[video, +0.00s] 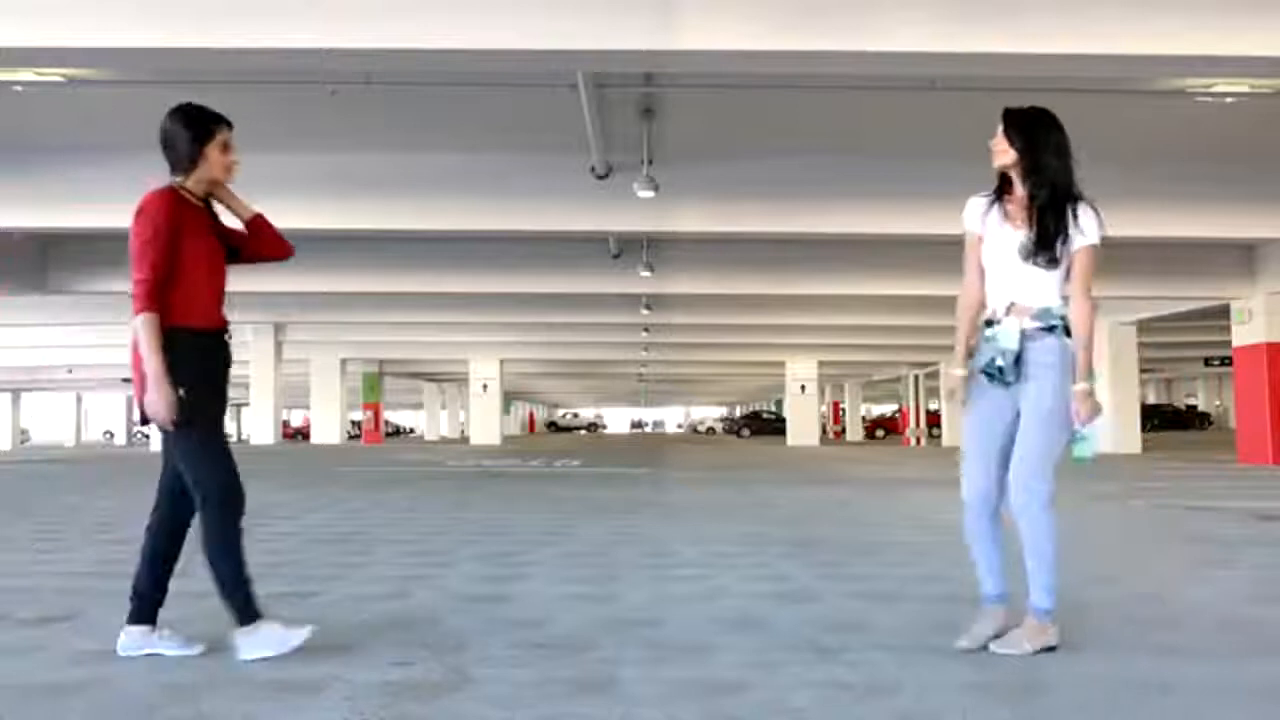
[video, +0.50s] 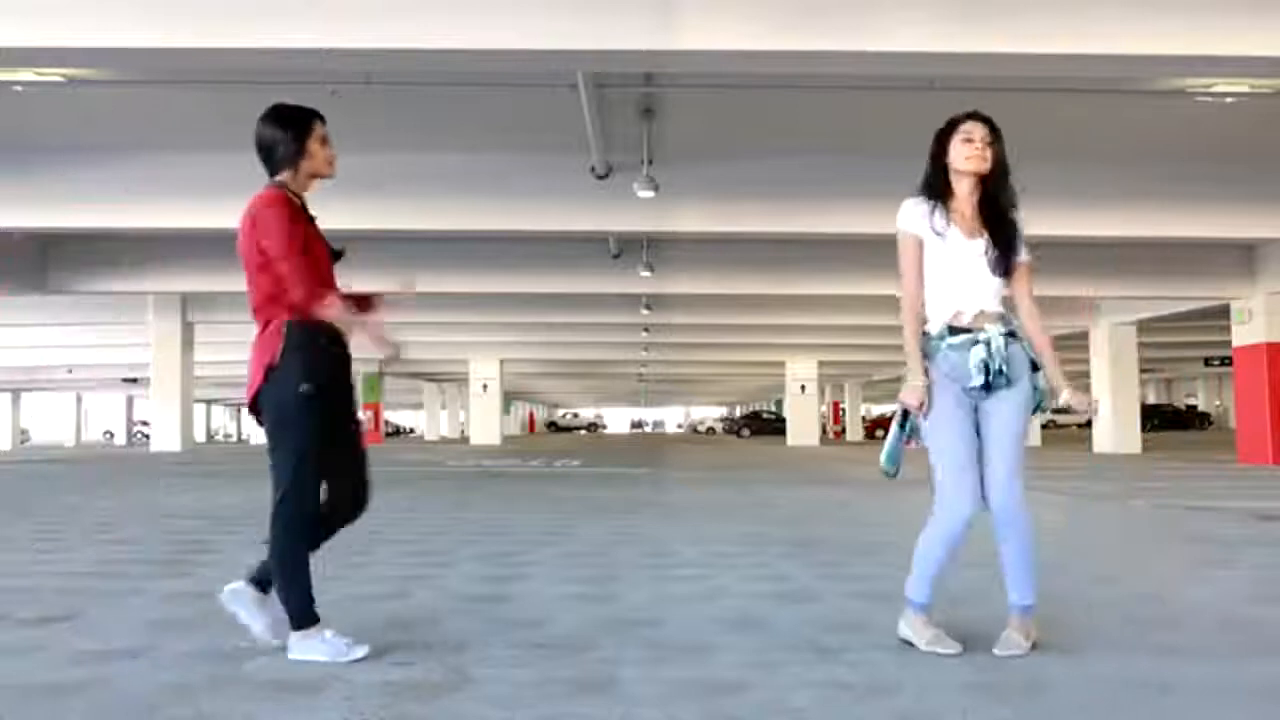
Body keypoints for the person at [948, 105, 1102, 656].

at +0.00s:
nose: (994, 144)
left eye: (1004, 137)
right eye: (996, 136)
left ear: (1030, 148)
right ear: (1009, 148)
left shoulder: (1076, 216)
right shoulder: (982, 209)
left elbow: (1080, 299)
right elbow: (972, 289)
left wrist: (1083, 380)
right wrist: (961, 354)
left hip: (1046, 350)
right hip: (992, 350)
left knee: (1029, 486)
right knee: (976, 487)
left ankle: (1041, 618)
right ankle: (995, 605)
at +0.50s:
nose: (976, 148)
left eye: (985, 142)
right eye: (965, 140)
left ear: (996, 158)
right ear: (944, 152)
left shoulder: (1006, 225)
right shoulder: (919, 213)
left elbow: (1025, 306)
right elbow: (911, 298)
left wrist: (1059, 381)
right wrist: (914, 372)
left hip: (1007, 358)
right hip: (943, 359)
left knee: (1005, 493)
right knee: (960, 498)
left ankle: (1022, 618)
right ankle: (915, 612)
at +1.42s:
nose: (928, 158)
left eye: (931, 146)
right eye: (913, 156)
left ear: (946, 150)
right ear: (903, 172)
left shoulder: (946, 214)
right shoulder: (923, 211)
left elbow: (951, 300)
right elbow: (940, 294)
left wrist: (973, 372)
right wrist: (969, 372)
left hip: (959, 358)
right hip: (926, 357)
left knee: (989, 490)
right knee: (939, 493)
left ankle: (973, 615)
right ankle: (916, 616)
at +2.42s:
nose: (925, 164)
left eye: (932, 153)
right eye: (916, 160)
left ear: (956, 155)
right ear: (911, 171)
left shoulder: (985, 224)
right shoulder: (917, 216)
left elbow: (996, 301)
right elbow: (869, 287)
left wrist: (1007, 358)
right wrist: (887, 358)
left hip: (968, 362)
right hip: (915, 356)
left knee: (995, 493)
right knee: (924, 490)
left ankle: (977, 616)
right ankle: (912, 615)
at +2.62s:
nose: (920, 155)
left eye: (929, 146)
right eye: (918, 146)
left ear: (958, 150)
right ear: (921, 153)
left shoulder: (1003, 213)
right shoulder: (910, 209)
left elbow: (1068, 257)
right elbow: (842, 242)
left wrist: (1034, 315)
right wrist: (869, 291)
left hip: (984, 353)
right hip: (918, 353)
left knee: (984, 490)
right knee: (920, 491)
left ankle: (1008, 613)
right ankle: (912, 614)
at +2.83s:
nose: (936, 159)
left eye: (945, 151)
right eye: (938, 150)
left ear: (972, 159)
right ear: (953, 159)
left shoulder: (1013, 215)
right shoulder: (930, 216)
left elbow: (1083, 268)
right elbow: (905, 274)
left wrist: (1036, 321)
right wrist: (916, 315)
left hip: (998, 359)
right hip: (938, 356)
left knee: (1003, 489)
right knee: (926, 487)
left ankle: (1009, 613)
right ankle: (910, 609)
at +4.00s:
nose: (997, 153)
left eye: (1010, 151)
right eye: (991, 143)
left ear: (1017, 172)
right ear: (970, 156)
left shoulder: (1026, 223)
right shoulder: (941, 227)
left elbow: (1095, 266)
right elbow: (914, 289)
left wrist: (1056, 325)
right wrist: (936, 333)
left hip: (1021, 359)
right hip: (963, 363)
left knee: (1016, 490)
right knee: (950, 490)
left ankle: (1012, 613)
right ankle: (984, 575)